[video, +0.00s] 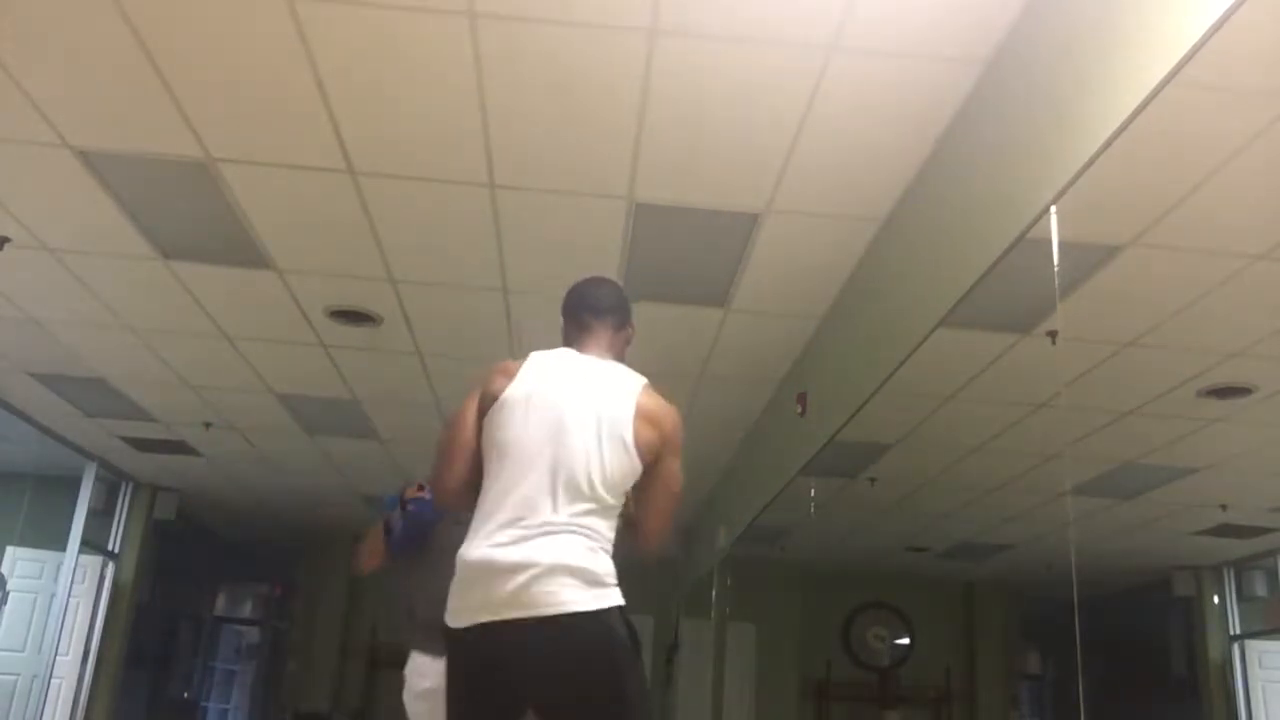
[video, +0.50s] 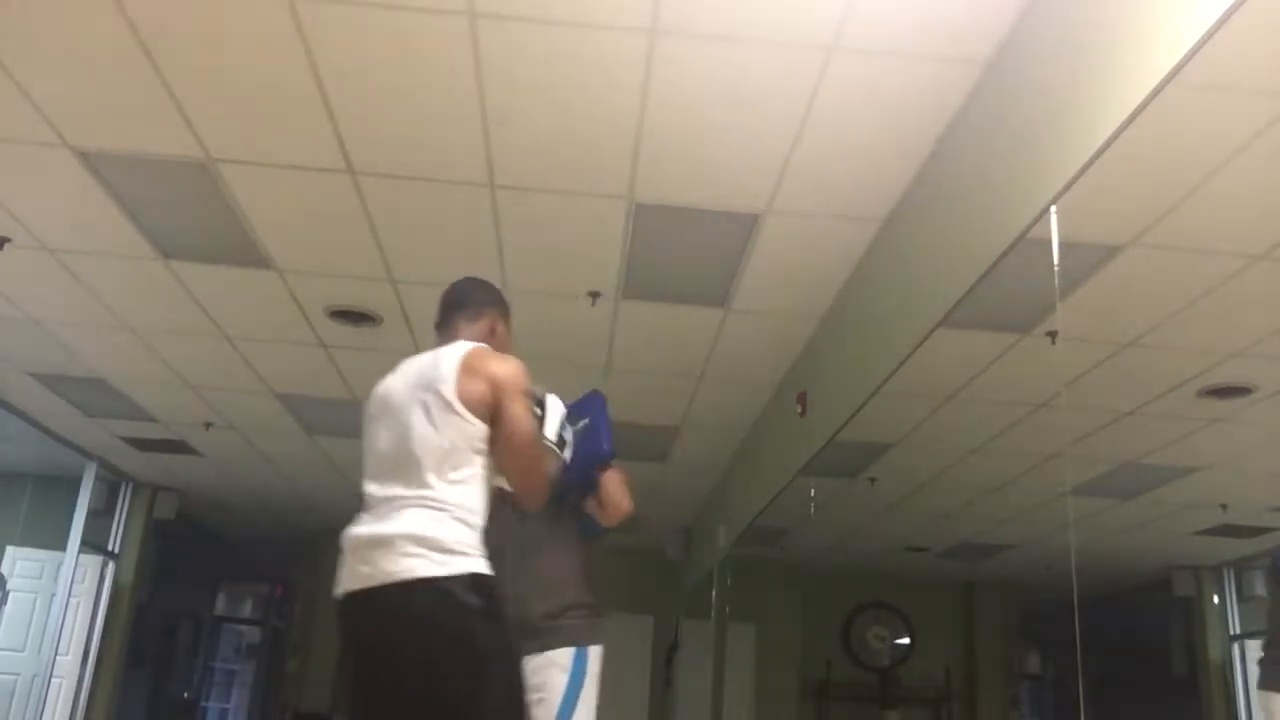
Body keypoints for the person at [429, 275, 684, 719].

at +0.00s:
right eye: (625, 333)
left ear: (564, 328)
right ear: (627, 332)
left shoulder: (500, 379)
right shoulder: (656, 412)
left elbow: (450, 489)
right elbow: (652, 537)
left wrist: (517, 483)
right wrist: (614, 489)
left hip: (478, 622)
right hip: (579, 619)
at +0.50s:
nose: (507, 344)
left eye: (506, 333)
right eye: (506, 331)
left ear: (441, 328)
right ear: (495, 326)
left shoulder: (385, 387)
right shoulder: (497, 367)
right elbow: (532, 489)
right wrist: (541, 430)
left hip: (360, 591)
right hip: (440, 583)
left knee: (374, 711)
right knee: (490, 709)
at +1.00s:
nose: (425, 348)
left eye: (429, 335)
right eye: (427, 331)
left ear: (368, 316)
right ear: (404, 316)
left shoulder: (311, 373)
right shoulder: (379, 375)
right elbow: (400, 502)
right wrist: (432, 458)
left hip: (262, 575)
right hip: (301, 583)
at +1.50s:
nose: (438, 415)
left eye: (439, 403)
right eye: (432, 397)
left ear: (398, 389)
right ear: (395, 385)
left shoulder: (393, 467)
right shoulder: (339, 420)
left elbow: (473, 493)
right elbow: (323, 513)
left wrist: (555, 489)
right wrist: (397, 503)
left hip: (310, 620)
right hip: (256, 601)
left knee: (344, 699)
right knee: (280, 702)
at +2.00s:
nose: (353, 373)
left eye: (355, 359)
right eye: (349, 354)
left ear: (314, 347)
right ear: (312, 343)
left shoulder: (307, 442)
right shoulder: (253, 412)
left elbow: (302, 521)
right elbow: (296, 521)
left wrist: (366, 499)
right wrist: (366, 503)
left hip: (272, 611)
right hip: (212, 602)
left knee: (300, 709)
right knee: (219, 710)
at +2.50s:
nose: (388, 409)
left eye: (390, 397)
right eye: (384, 391)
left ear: (347, 382)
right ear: (346, 379)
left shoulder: (335, 468)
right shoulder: (282, 416)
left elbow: (305, 562)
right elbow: (301, 500)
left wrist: (379, 538)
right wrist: (379, 484)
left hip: (282, 608)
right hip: (227, 589)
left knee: (300, 707)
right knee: (212, 707)